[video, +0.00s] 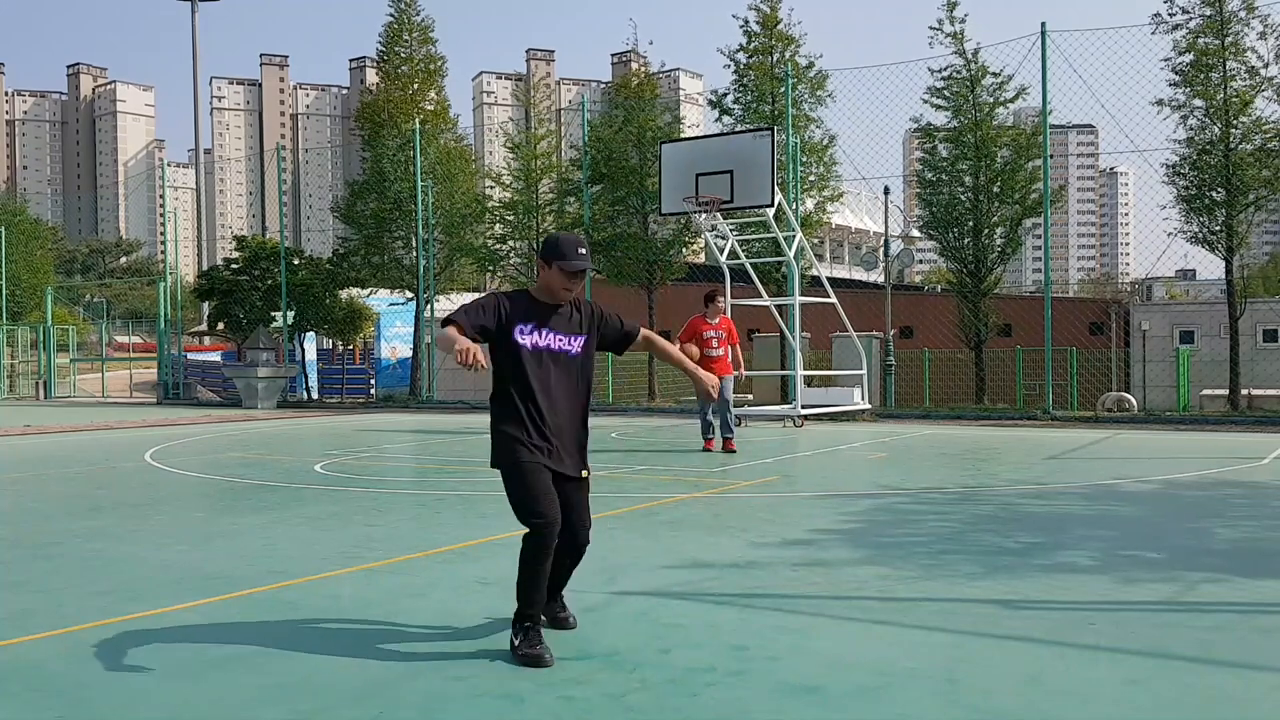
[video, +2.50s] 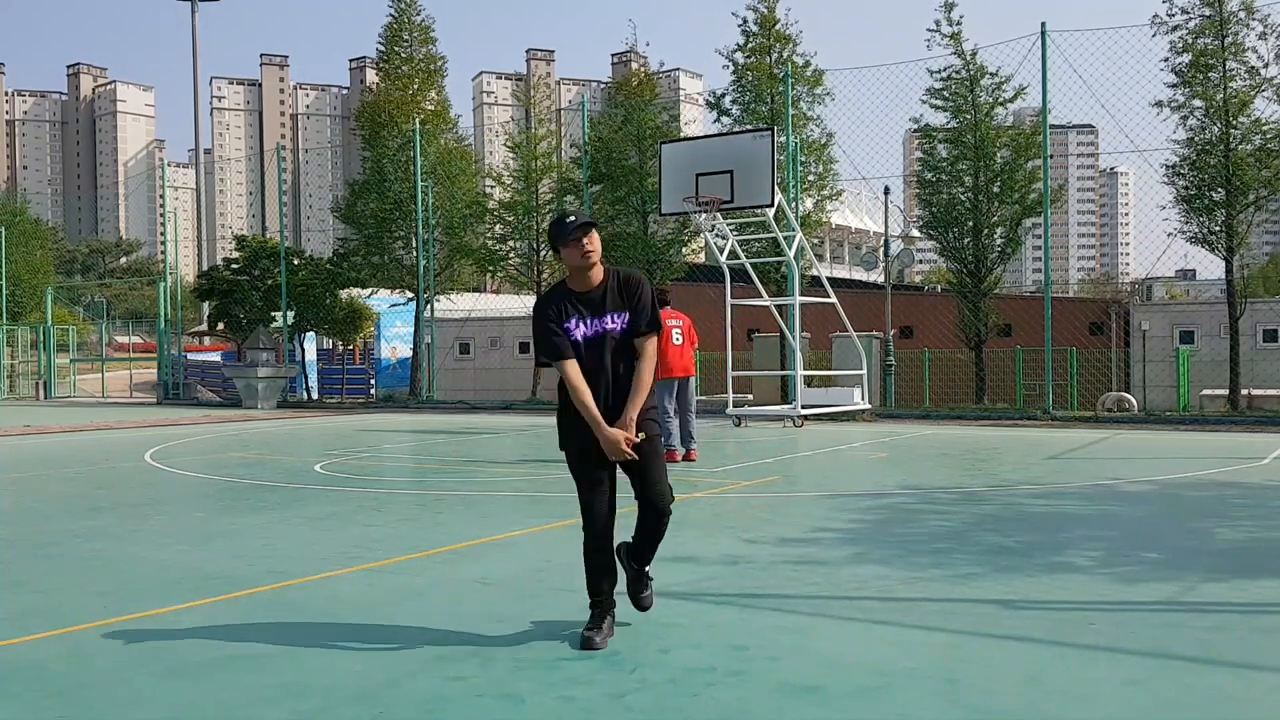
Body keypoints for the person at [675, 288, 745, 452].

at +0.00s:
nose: (722, 306)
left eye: (723, 303)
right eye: (719, 303)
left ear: (724, 304)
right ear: (709, 305)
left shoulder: (727, 322)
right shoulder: (695, 322)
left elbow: (735, 344)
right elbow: (678, 340)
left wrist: (741, 365)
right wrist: (675, 353)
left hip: (725, 370)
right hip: (704, 371)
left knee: (727, 401)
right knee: (705, 407)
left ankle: (728, 439)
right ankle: (708, 439)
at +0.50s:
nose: (725, 302)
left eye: (727, 299)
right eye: (722, 299)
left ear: (731, 301)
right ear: (716, 301)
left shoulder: (739, 320)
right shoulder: (704, 319)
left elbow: (745, 345)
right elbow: (689, 338)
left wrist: (750, 369)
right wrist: (681, 352)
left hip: (732, 371)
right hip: (710, 371)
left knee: (731, 408)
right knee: (709, 402)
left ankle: (729, 440)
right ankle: (710, 435)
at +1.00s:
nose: (693, 305)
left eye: (695, 301)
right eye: (693, 301)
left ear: (704, 303)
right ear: (701, 303)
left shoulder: (723, 320)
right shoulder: (694, 323)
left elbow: (731, 343)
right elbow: (690, 347)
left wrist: (721, 362)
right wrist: (683, 361)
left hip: (719, 371)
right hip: (699, 372)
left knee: (724, 409)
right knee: (699, 409)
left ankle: (728, 441)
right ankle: (702, 445)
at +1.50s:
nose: (672, 305)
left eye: (673, 301)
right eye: (672, 301)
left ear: (679, 301)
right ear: (687, 300)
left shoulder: (689, 316)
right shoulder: (694, 316)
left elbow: (690, 341)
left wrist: (673, 359)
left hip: (691, 372)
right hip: (698, 372)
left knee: (680, 406)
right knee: (694, 408)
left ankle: (685, 446)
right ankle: (702, 445)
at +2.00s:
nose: (653, 304)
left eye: (654, 301)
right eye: (654, 301)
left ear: (657, 302)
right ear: (671, 302)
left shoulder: (658, 318)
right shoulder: (685, 318)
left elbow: (655, 345)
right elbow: (692, 345)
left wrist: (653, 364)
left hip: (673, 367)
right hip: (692, 366)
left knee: (669, 409)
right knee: (688, 409)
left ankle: (672, 449)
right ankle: (692, 448)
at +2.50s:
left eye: (656, 301)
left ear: (655, 302)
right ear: (670, 301)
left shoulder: (655, 319)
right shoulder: (684, 318)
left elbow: (651, 346)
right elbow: (695, 344)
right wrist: (681, 353)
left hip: (666, 367)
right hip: (687, 366)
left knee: (667, 411)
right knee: (688, 410)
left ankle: (671, 449)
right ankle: (691, 449)